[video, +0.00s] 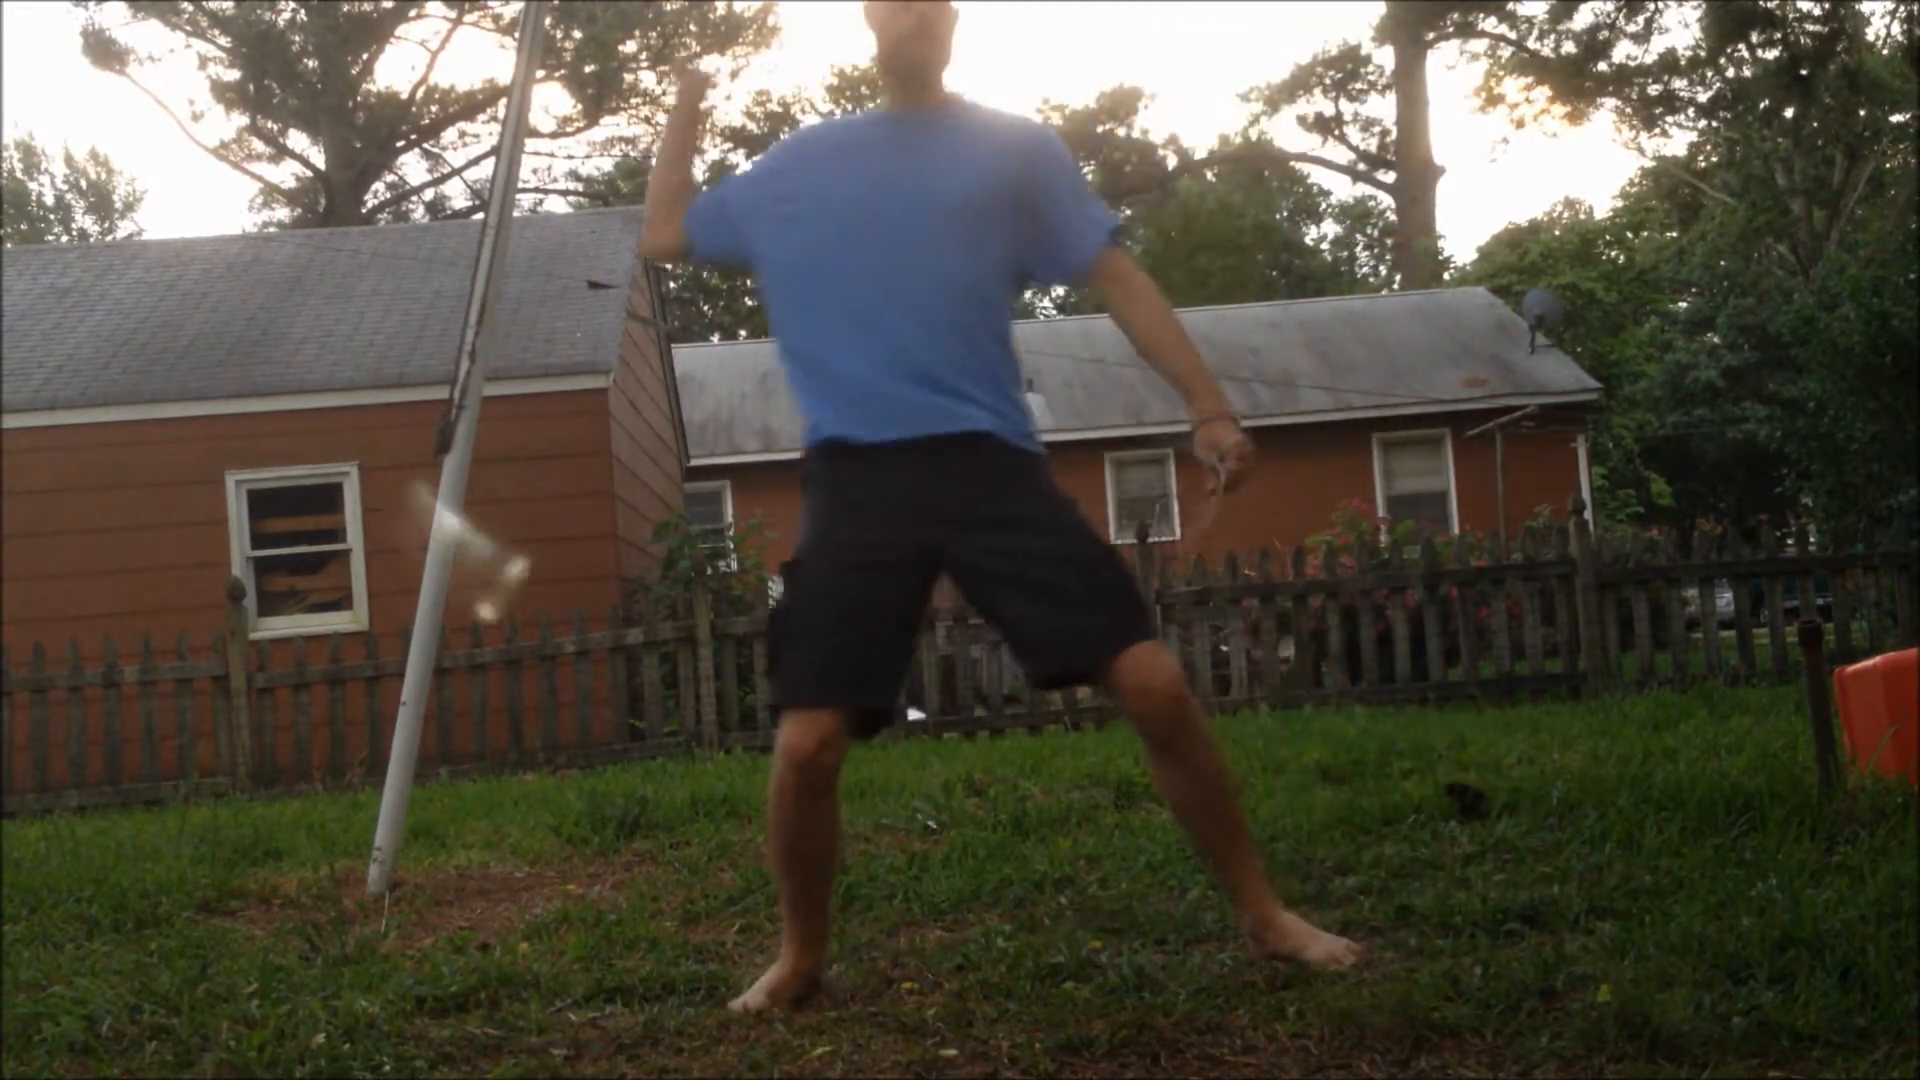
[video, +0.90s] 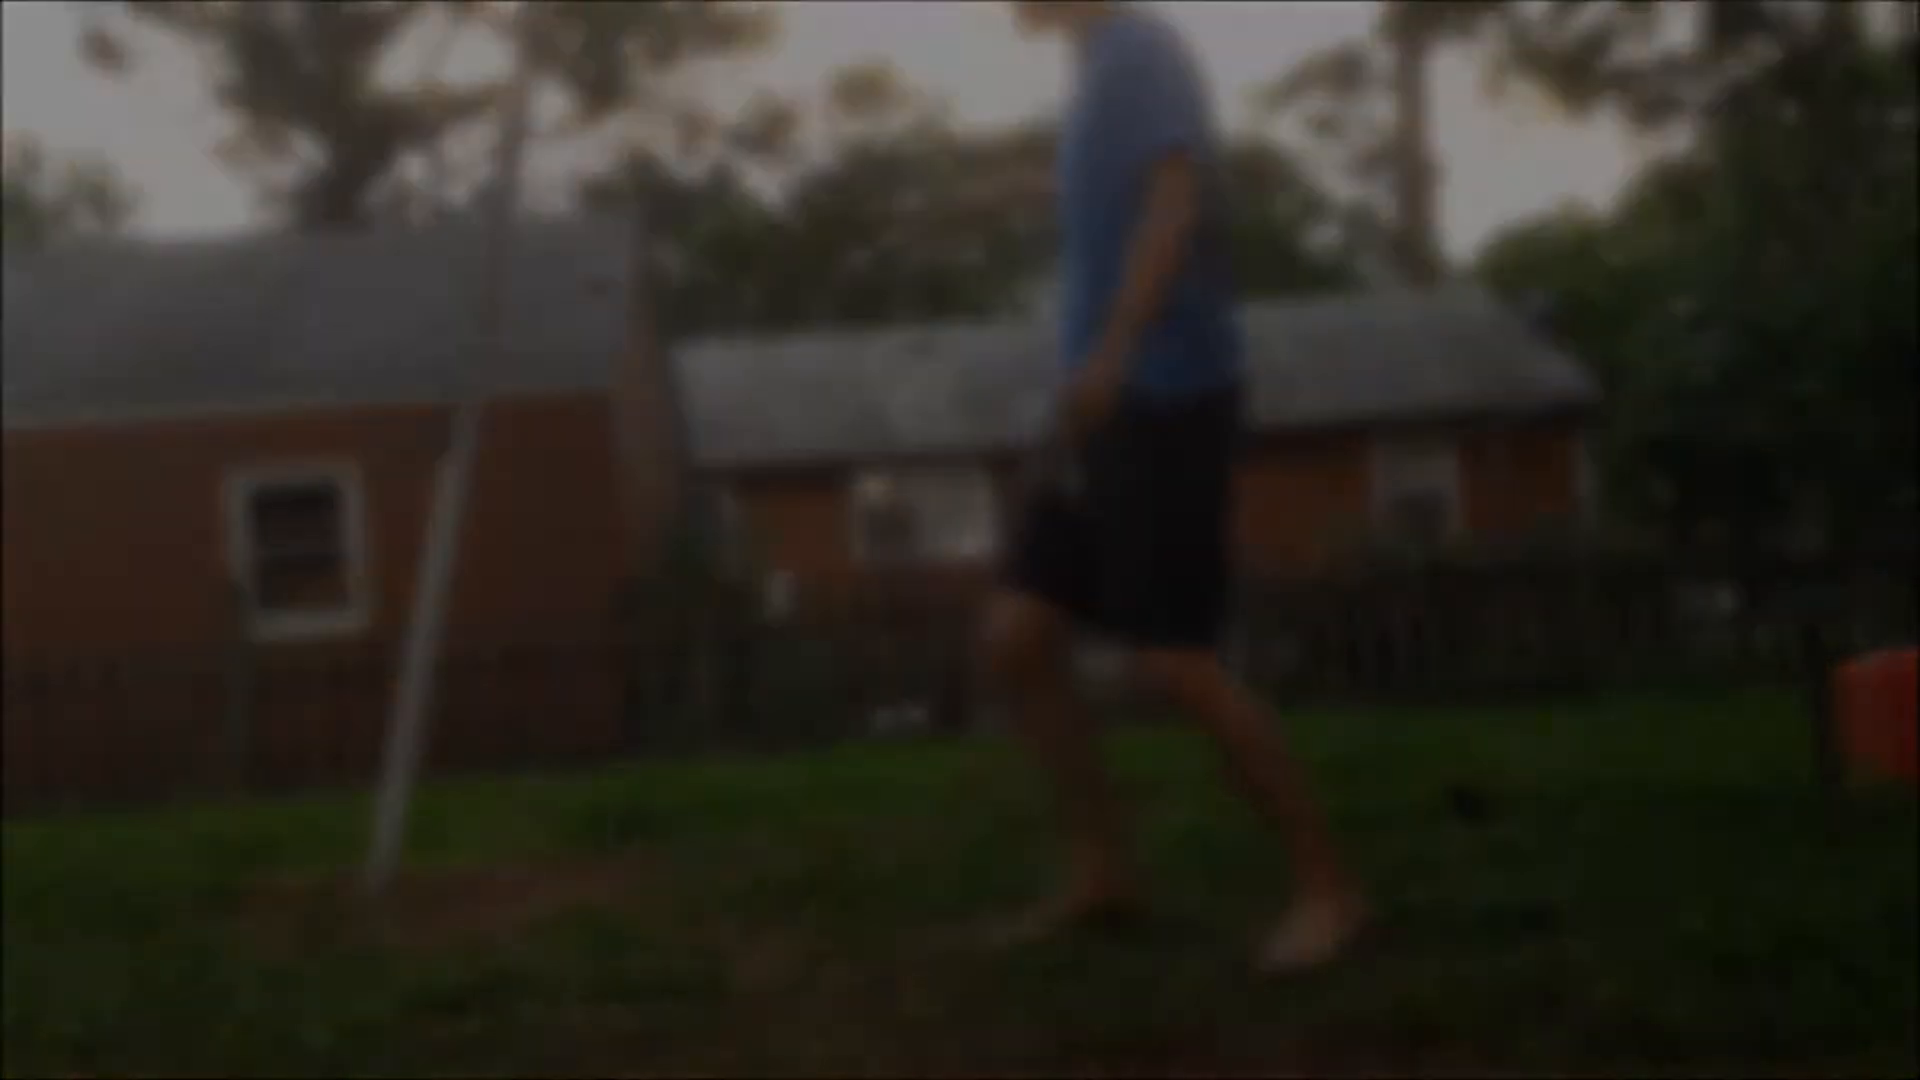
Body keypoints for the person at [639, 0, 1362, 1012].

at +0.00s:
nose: (913, 19)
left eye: (930, 3)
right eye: (894, 4)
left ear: (953, 25)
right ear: (866, 28)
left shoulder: (1019, 149)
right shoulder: (803, 159)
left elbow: (1115, 278)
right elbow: (664, 234)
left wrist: (1208, 404)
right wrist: (683, 114)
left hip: (995, 464)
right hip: (856, 472)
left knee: (1157, 685)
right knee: (804, 745)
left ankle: (1264, 916)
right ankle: (797, 963)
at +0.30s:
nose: (831, 12)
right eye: (812, 1)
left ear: (884, 11)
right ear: (790, 22)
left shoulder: (953, 126)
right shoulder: (777, 151)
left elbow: (1072, 247)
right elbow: (723, 286)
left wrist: (1175, 385)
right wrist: (602, 261)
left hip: (954, 462)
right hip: (818, 479)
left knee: (1112, 689)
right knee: (793, 739)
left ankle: (1264, 903)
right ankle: (802, 957)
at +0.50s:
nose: (797, 18)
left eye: (809, 1)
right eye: (796, 5)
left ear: (875, 2)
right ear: (858, 14)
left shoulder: (989, 105)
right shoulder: (840, 127)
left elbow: (1106, 238)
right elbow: (810, 281)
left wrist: (1161, 391)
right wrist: (684, 290)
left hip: (987, 439)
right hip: (869, 457)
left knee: (1097, 681)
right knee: (822, 701)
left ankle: (1264, 848)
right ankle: (806, 949)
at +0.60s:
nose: (852, 14)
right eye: (851, 4)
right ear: (896, 7)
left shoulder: (1023, 72)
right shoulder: (900, 122)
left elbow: (1141, 204)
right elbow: (901, 268)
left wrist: (1164, 375)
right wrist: (788, 260)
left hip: (1044, 419)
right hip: (932, 434)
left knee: (1103, 680)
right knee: (863, 681)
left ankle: (1297, 862)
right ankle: (801, 942)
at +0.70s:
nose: (921, 8)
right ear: (967, 1)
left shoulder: (1068, 54)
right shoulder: (991, 101)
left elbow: (1165, 184)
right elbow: (999, 245)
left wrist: (1151, 377)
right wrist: (884, 235)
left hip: (1092, 421)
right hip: (1002, 431)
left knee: (1145, 668)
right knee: (918, 653)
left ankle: (1321, 878)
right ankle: (833, 911)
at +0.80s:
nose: (983, 8)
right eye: (982, 2)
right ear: (1022, 2)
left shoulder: (1109, 48)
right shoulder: (1059, 76)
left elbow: (1165, 197)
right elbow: (1065, 217)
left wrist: (1125, 371)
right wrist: (968, 216)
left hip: (1142, 400)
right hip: (1063, 403)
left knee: (1162, 660)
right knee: (967, 635)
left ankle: (1322, 884)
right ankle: (959, 894)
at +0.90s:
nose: (1019, 6)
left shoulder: (1137, 51)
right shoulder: (1105, 69)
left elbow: (1172, 201)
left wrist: (1109, 363)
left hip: (1174, 403)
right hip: (1115, 405)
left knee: (1177, 654)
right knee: (1021, 637)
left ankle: (1323, 887)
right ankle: (1101, 872)